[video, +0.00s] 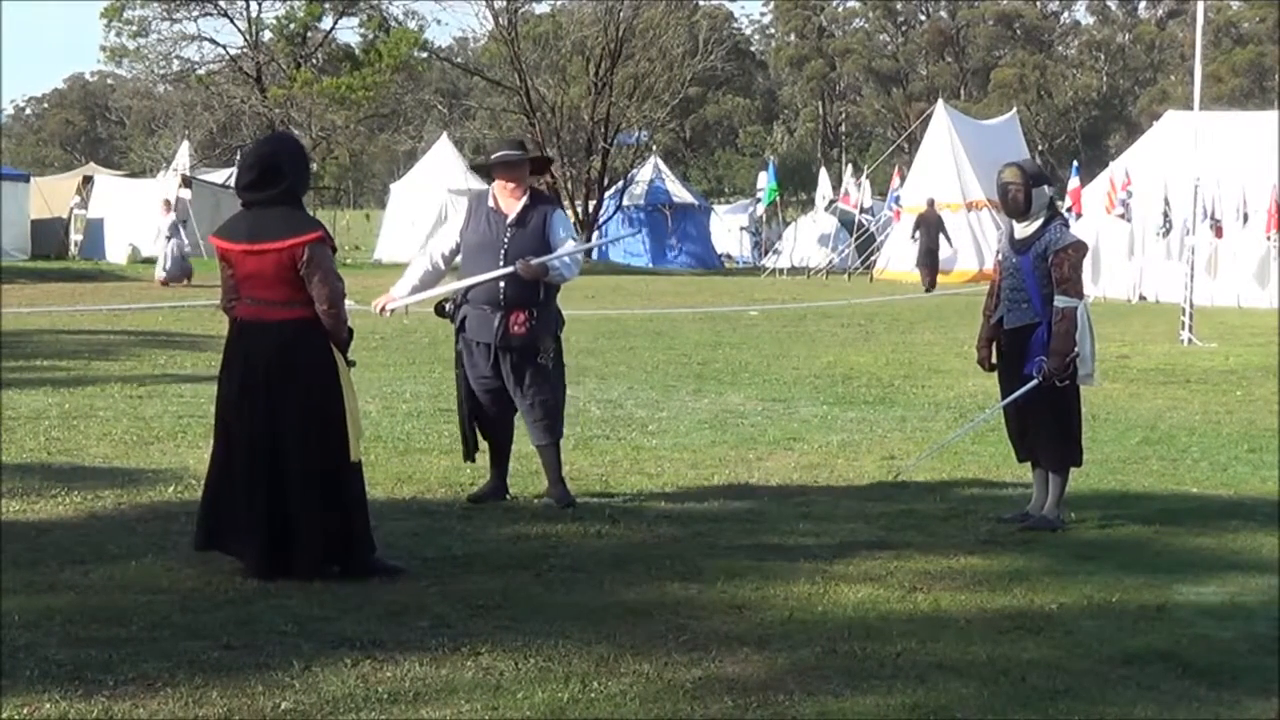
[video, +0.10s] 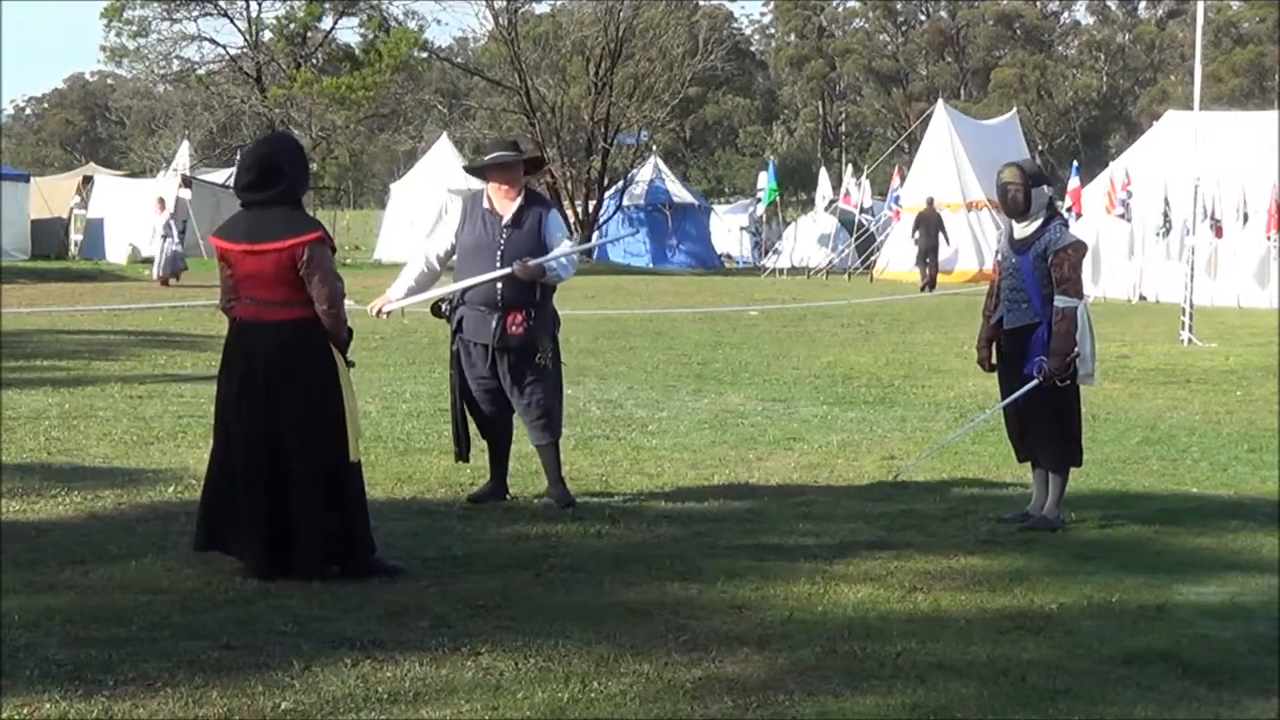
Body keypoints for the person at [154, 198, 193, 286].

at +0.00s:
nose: (163, 209)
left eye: (165, 206)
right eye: (162, 206)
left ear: (169, 207)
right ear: (161, 207)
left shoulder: (173, 217)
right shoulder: (161, 219)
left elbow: (180, 230)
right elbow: (159, 230)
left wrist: (186, 241)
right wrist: (155, 240)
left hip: (174, 241)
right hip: (165, 241)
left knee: (170, 259)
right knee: (163, 258)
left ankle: (165, 277)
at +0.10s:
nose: (158, 207)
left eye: (159, 204)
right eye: (157, 205)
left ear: (163, 205)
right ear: (155, 206)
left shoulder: (168, 215)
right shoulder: (156, 217)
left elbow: (174, 228)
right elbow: (153, 230)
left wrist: (177, 240)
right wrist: (150, 240)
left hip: (167, 240)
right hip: (159, 239)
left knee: (165, 258)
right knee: (159, 258)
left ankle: (164, 278)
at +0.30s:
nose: (141, 208)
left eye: (142, 206)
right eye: (141, 206)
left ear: (147, 205)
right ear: (143, 206)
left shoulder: (153, 214)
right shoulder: (145, 216)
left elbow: (156, 227)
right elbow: (143, 229)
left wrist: (151, 236)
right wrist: (141, 238)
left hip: (154, 240)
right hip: (146, 240)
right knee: (144, 258)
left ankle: (165, 279)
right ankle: (143, 279)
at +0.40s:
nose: (132, 209)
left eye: (133, 207)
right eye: (131, 207)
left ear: (138, 206)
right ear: (131, 207)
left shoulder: (144, 216)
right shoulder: (135, 217)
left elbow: (146, 229)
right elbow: (135, 230)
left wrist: (139, 237)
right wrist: (133, 238)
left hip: (145, 241)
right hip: (137, 240)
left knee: (155, 258)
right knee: (131, 257)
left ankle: (163, 276)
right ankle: (128, 277)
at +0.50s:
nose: (126, 208)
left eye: (127, 206)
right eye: (125, 206)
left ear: (130, 205)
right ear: (126, 206)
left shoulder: (136, 215)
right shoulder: (130, 216)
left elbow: (140, 229)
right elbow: (132, 229)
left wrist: (134, 238)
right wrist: (130, 237)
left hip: (138, 241)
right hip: (132, 241)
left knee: (147, 259)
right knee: (129, 259)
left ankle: (157, 273)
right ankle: (128, 278)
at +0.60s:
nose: (117, 205)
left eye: (119, 203)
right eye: (116, 203)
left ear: (122, 203)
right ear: (115, 203)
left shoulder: (128, 212)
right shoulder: (116, 214)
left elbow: (133, 225)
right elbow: (115, 227)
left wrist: (132, 237)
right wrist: (114, 237)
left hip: (128, 240)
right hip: (119, 240)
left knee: (130, 258)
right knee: (122, 260)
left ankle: (136, 274)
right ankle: (126, 278)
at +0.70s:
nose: (112, 205)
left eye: (113, 202)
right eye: (111, 203)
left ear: (117, 203)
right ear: (109, 203)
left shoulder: (123, 212)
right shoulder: (109, 215)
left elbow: (129, 225)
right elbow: (107, 227)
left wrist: (130, 237)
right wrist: (104, 238)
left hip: (122, 238)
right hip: (111, 238)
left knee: (122, 256)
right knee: (112, 256)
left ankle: (126, 276)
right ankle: (114, 275)